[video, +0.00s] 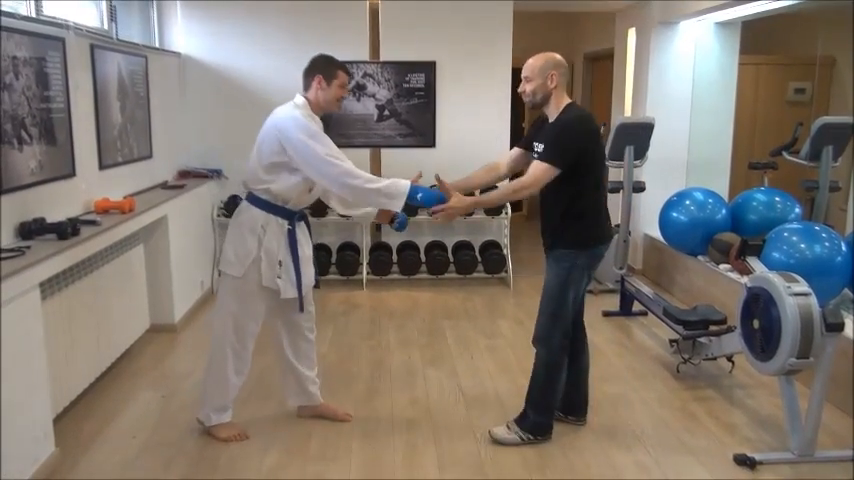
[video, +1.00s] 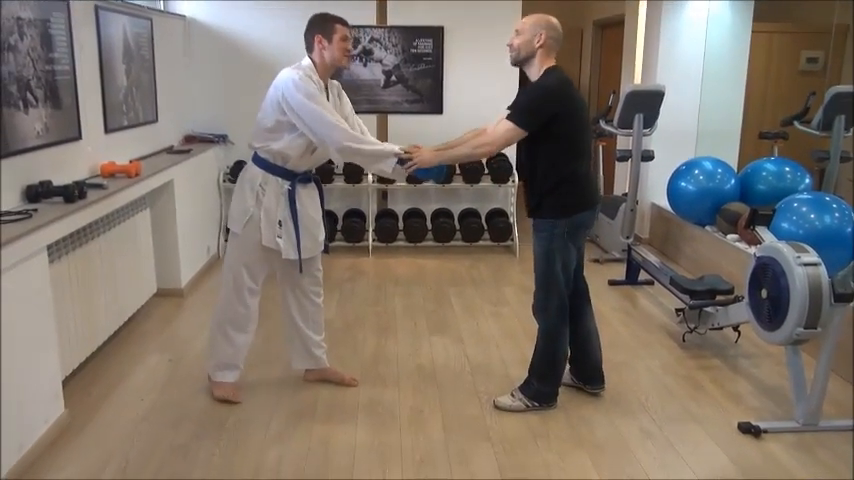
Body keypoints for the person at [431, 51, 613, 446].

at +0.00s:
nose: (521, 87)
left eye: (527, 80)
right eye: (521, 80)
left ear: (553, 81)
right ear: (548, 82)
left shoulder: (574, 123)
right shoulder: (544, 123)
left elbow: (531, 183)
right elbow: (504, 166)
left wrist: (470, 204)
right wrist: (456, 186)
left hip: (580, 243)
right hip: (563, 241)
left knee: (549, 334)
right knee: (569, 325)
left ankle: (535, 424)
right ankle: (573, 406)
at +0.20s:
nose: (492, 93)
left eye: (498, 86)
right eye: (493, 86)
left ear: (521, 86)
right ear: (522, 86)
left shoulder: (545, 126)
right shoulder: (528, 121)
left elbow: (497, 185)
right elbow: (490, 171)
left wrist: (444, 187)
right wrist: (442, 183)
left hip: (570, 240)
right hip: (569, 235)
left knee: (546, 332)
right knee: (569, 320)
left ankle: (535, 420)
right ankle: (572, 402)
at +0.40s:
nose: (472, 96)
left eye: (476, 88)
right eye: (472, 88)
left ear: (500, 88)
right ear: (503, 88)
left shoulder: (523, 126)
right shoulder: (526, 120)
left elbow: (482, 190)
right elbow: (477, 172)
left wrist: (428, 192)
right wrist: (428, 183)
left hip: (564, 233)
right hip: (576, 228)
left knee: (543, 326)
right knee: (570, 316)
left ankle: (535, 413)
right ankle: (572, 395)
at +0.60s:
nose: (466, 89)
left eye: (470, 80)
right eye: (466, 80)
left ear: (495, 81)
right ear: (497, 81)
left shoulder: (519, 120)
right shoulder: (520, 113)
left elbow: (483, 186)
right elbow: (478, 167)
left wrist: (431, 183)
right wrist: (431, 174)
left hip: (563, 225)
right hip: (576, 219)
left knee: (539, 315)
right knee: (568, 306)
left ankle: (536, 404)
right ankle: (573, 386)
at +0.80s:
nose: (479, 67)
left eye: (485, 60)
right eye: (480, 60)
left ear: (508, 61)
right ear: (511, 61)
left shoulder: (526, 105)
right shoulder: (530, 99)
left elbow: (480, 169)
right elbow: (478, 152)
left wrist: (430, 173)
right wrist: (429, 164)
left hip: (560, 218)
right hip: (572, 212)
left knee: (541, 309)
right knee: (568, 297)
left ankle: (537, 396)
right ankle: (583, 378)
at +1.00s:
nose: (510, 42)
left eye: (517, 35)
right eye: (512, 34)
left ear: (539, 42)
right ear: (539, 42)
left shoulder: (548, 90)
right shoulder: (537, 86)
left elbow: (491, 146)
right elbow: (488, 133)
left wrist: (437, 158)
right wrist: (436, 150)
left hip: (562, 211)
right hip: (566, 207)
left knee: (550, 304)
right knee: (572, 292)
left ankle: (540, 392)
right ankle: (589, 375)